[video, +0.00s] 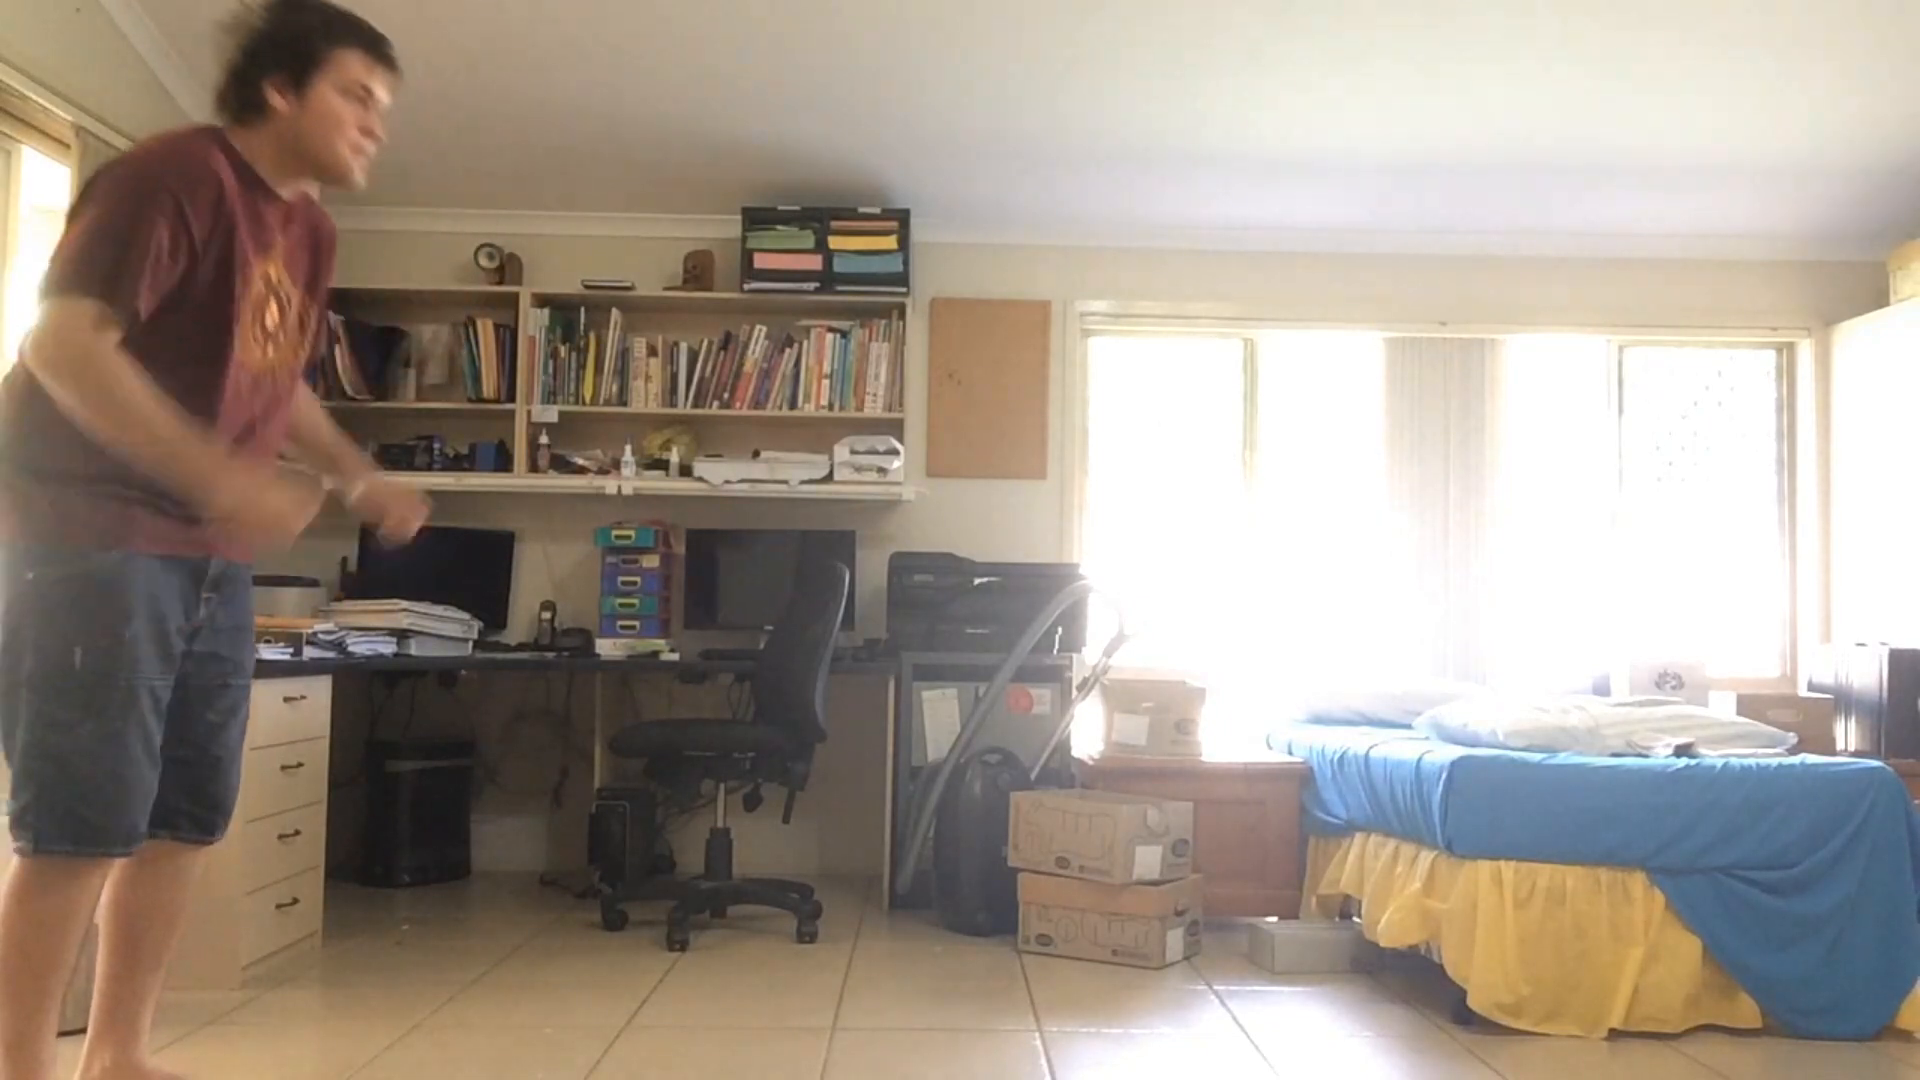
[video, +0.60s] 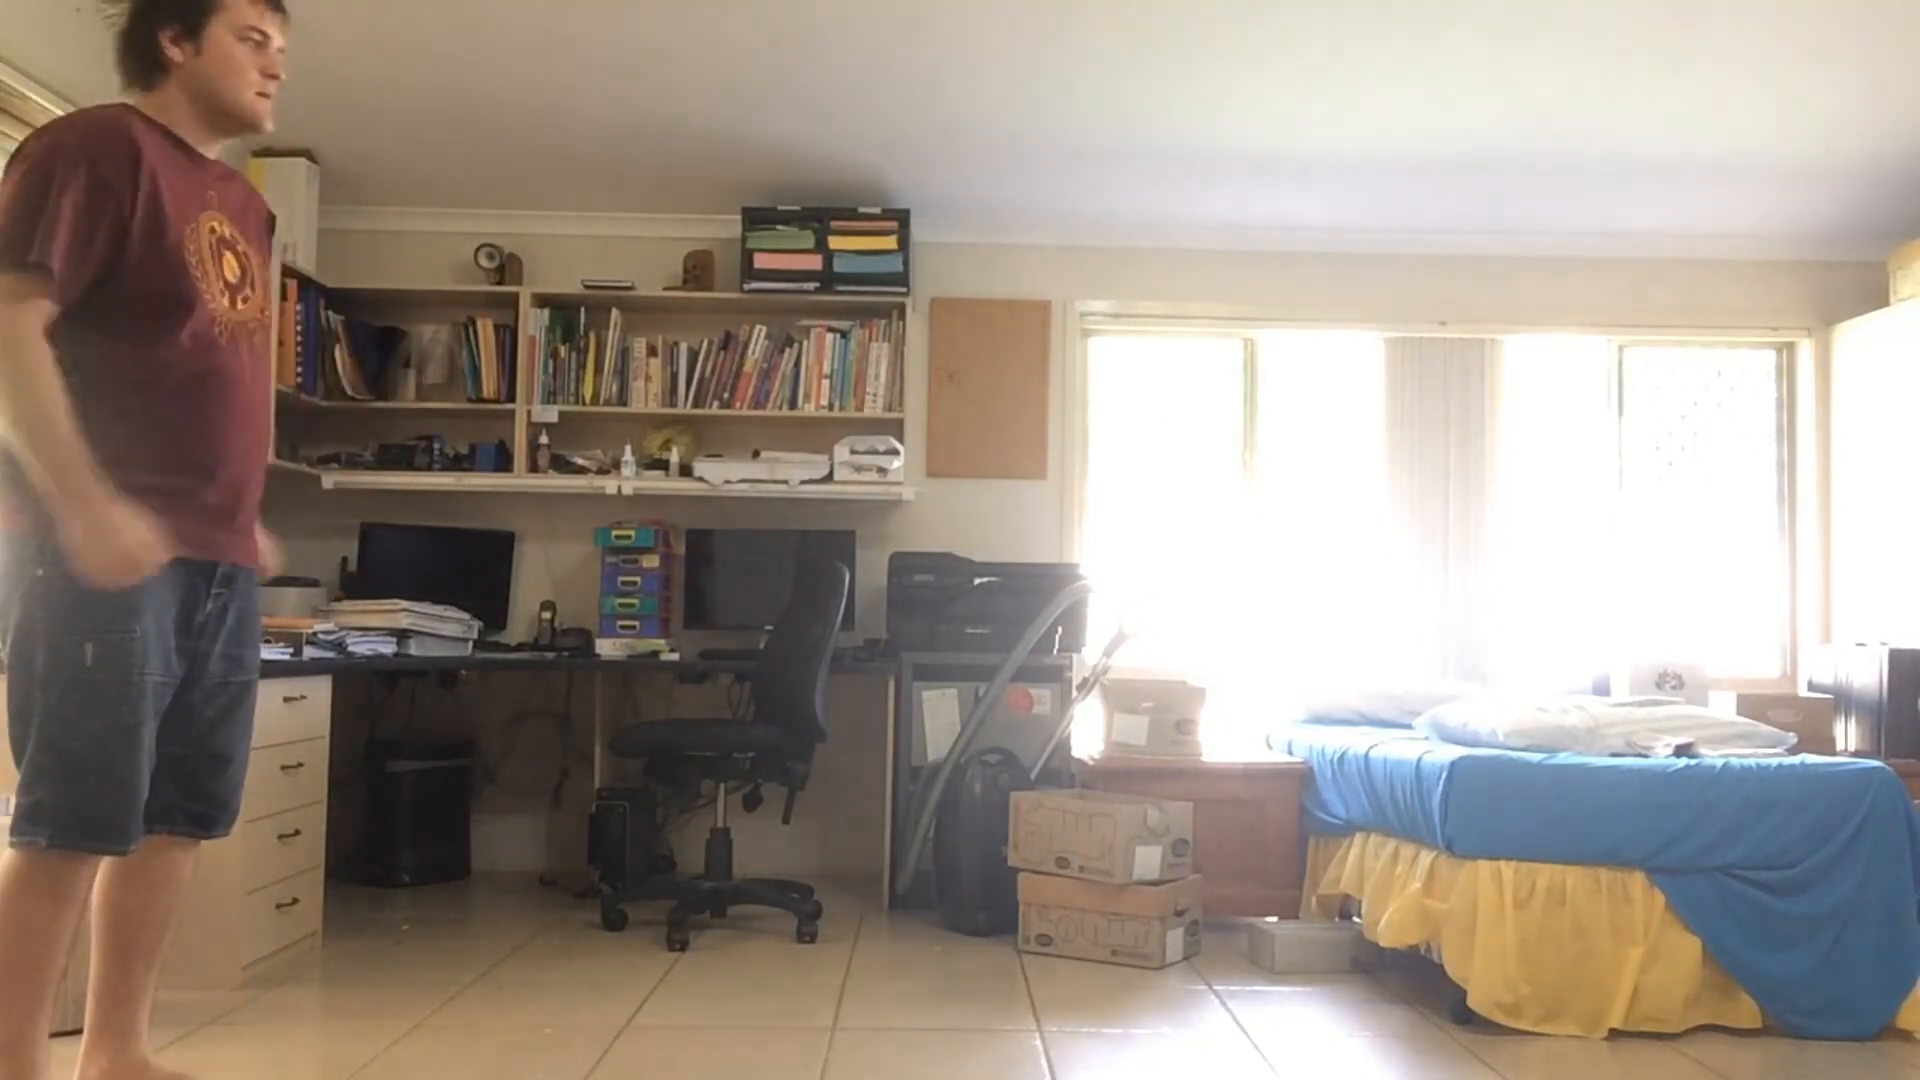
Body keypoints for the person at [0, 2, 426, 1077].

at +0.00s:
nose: (378, 124)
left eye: (383, 108)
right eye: (360, 96)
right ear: (282, 89)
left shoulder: (311, 231)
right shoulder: (174, 174)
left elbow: (274, 386)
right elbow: (63, 340)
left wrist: (360, 478)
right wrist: (216, 477)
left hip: (213, 551)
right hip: (91, 542)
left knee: (176, 824)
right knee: (74, 829)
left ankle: (116, 1058)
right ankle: (25, 1062)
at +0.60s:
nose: (278, 61)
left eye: (282, 44)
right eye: (256, 34)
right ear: (178, 42)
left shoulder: (250, 204)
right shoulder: (90, 147)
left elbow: (227, 373)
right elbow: (11, 325)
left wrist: (240, 518)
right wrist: (89, 509)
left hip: (222, 555)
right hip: (102, 546)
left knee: (172, 818)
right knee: (67, 824)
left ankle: (116, 1054)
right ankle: (19, 1060)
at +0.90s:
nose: (421, 193)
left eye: (426, 176)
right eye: (404, 164)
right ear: (324, 156)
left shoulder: (332, 293)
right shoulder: (189, 218)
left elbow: (243, 420)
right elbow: (11, 300)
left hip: (182, 560)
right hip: (57, 545)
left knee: (180, 814)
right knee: (67, 820)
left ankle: (115, 1056)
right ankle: (17, 1061)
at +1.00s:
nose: (465, 292)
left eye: (471, 273)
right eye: (449, 262)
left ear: (383, 262)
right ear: (372, 248)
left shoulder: (360, 363)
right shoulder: (226, 290)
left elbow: (229, 476)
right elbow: (26, 333)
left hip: (166, 582)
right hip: (45, 567)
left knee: (208, 806)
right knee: (96, 815)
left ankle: (117, 1056)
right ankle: (20, 1063)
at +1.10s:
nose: (490, 400)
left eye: (498, 384)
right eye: (479, 373)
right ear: (404, 350)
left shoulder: (378, 438)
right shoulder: (250, 379)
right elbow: (32, 386)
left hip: (166, 604)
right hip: (47, 583)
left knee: (239, 816)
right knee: (134, 834)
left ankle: (118, 1059)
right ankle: (25, 1065)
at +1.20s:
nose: (519, 486)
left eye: (529, 466)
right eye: (509, 457)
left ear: (437, 442)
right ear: (435, 435)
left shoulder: (397, 504)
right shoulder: (294, 453)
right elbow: (68, 475)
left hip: (178, 643)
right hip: (56, 623)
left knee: (268, 839)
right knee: (184, 852)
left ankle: (120, 1061)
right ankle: (34, 1069)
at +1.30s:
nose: (553, 497)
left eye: (561, 475)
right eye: (543, 470)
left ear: (474, 461)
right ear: (471, 455)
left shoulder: (428, 526)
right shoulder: (312, 486)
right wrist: (16, 773)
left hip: (206, 675)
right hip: (92, 664)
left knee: (300, 870)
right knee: (229, 881)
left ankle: (119, 1063)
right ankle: (39, 1065)